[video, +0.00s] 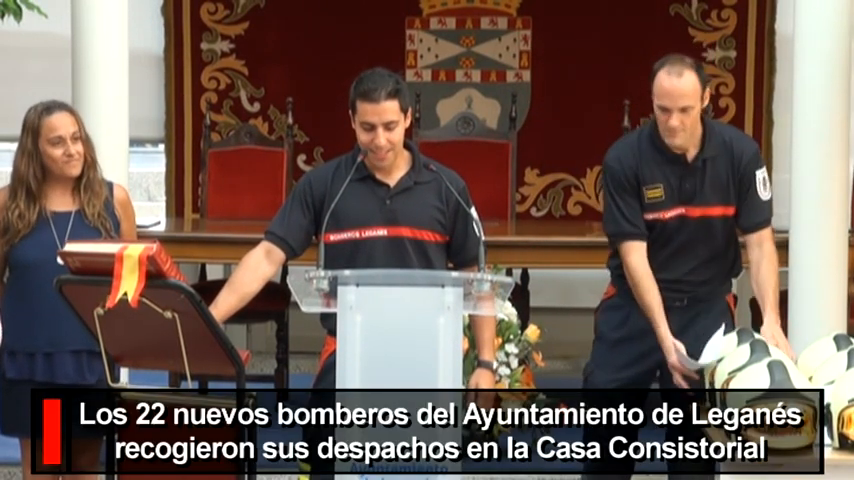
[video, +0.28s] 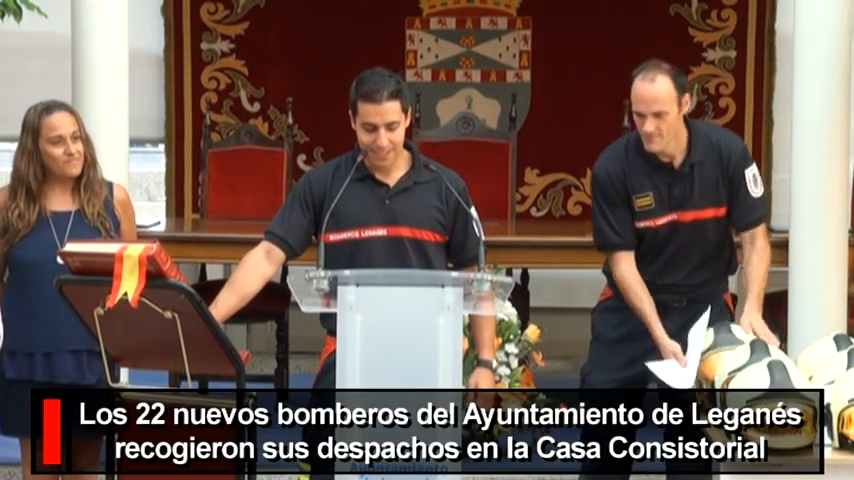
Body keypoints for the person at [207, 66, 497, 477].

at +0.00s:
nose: (379, 140)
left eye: (390, 127)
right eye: (368, 127)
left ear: (408, 119)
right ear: (353, 122)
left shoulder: (447, 188)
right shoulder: (323, 184)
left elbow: (476, 281)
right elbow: (267, 255)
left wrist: (485, 364)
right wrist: (207, 322)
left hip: (428, 352)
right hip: (348, 351)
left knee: (430, 469)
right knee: (330, 464)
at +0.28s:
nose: (381, 140)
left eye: (391, 127)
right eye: (369, 128)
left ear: (408, 119)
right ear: (353, 122)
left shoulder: (447, 188)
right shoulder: (323, 184)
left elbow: (476, 281)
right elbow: (267, 255)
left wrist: (485, 364)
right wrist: (208, 322)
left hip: (428, 352)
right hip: (348, 351)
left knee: (429, 469)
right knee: (330, 465)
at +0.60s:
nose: (381, 140)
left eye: (391, 126)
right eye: (369, 127)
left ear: (408, 119)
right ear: (352, 122)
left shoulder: (446, 188)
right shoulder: (322, 184)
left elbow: (475, 281)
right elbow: (267, 255)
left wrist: (484, 364)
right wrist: (208, 322)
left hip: (428, 352)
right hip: (347, 351)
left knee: (430, 469)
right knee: (331, 465)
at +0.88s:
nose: (380, 139)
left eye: (390, 125)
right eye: (368, 127)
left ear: (407, 118)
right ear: (352, 122)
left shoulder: (445, 188)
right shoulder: (322, 184)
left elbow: (475, 280)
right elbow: (267, 255)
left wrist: (483, 364)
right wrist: (208, 322)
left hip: (427, 351)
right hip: (347, 350)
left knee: (429, 467)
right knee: (331, 463)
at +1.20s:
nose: (379, 139)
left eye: (389, 126)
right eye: (368, 127)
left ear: (407, 118)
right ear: (352, 122)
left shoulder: (445, 188)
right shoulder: (322, 184)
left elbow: (474, 280)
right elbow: (267, 255)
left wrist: (482, 364)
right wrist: (208, 322)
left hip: (427, 350)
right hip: (348, 350)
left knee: (430, 469)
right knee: (329, 464)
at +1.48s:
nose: (379, 139)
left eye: (390, 126)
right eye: (368, 127)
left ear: (407, 119)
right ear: (352, 122)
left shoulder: (446, 188)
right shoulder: (322, 184)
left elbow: (476, 280)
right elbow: (267, 255)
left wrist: (483, 364)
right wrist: (208, 322)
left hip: (428, 351)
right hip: (348, 350)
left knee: (430, 469)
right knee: (331, 465)